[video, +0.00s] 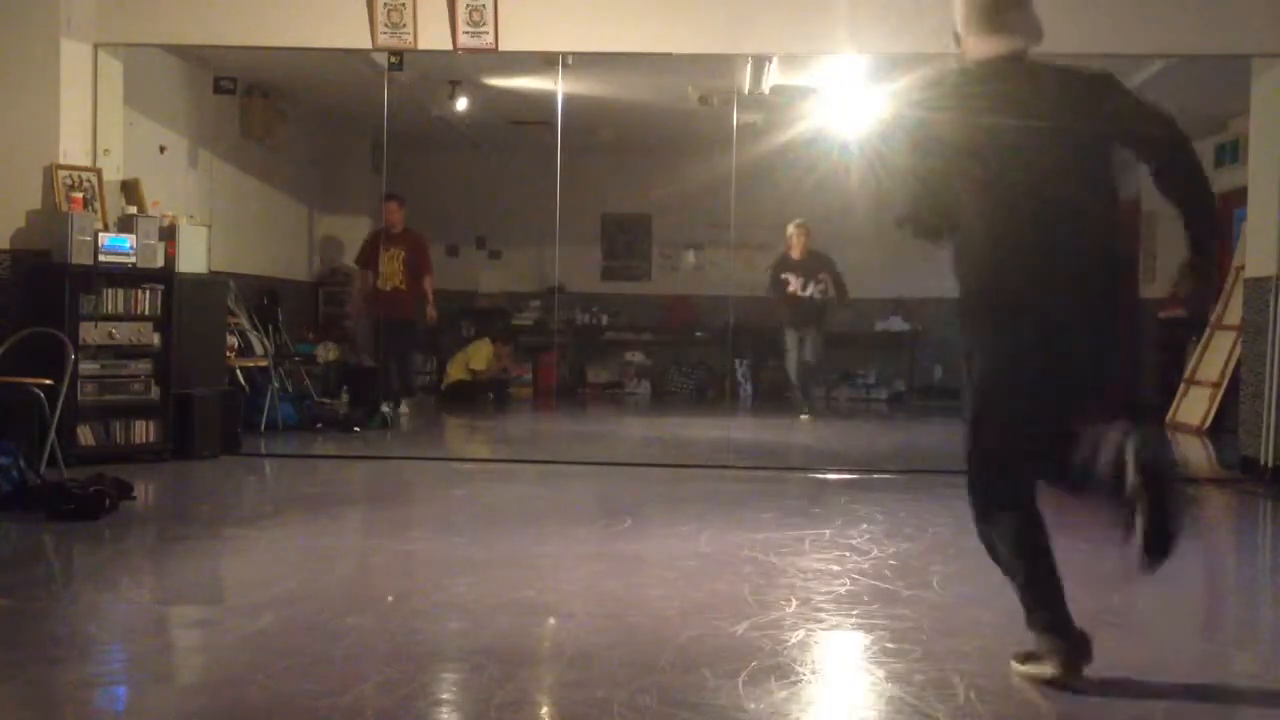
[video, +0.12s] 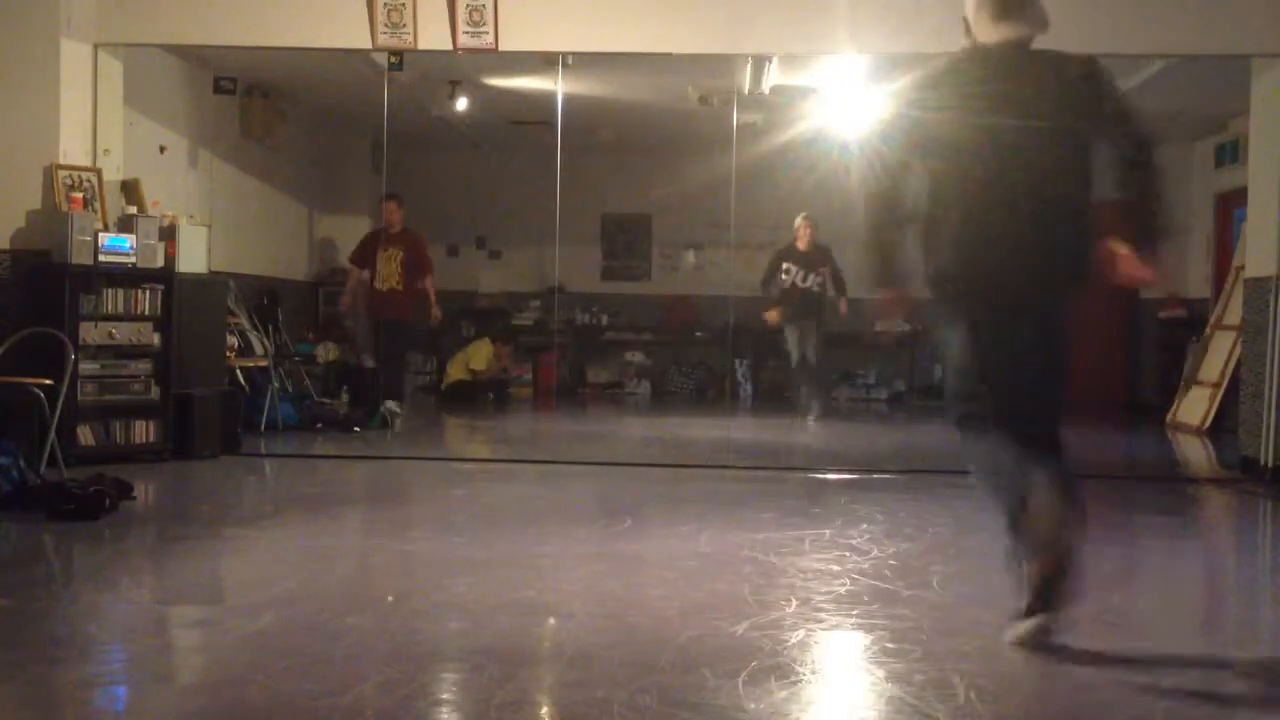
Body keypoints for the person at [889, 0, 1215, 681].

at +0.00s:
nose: (970, 38)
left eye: (965, 28)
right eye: (1011, 25)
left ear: (961, 34)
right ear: (1031, 28)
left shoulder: (942, 105)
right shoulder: (1090, 92)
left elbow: (921, 215)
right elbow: (1170, 146)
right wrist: (1205, 254)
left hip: (1005, 313)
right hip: (1092, 306)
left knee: (996, 487)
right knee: (1045, 447)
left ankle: (1055, 638)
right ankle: (1123, 469)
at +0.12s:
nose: (987, 28)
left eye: (980, 18)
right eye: (1018, 21)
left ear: (973, 20)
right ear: (1036, 21)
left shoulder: (938, 84)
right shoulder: (1079, 78)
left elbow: (883, 179)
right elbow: (1134, 144)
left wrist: (887, 278)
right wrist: (1133, 233)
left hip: (967, 270)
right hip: (1052, 267)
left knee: (976, 413)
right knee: (1038, 415)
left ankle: (1036, 514)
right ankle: (1044, 581)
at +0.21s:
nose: (993, 36)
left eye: (976, 26)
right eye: (1018, 28)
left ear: (970, 35)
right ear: (1035, 36)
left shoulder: (927, 104)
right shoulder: (1063, 108)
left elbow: (854, 189)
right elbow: (1098, 210)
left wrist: (845, 276)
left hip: (955, 286)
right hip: (1036, 288)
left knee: (965, 398)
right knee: (1037, 448)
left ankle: (988, 440)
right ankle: (1015, 610)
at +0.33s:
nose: (928, 71)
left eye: (926, 59)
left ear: (931, 59)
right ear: (983, 53)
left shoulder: (905, 116)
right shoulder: (1031, 112)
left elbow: (845, 193)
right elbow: (1065, 206)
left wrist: (848, 267)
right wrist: (1041, 249)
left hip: (938, 294)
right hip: (1018, 295)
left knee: (940, 426)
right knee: (1019, 436)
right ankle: (1013, 587)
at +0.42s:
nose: (908, 84)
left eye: (902, 74)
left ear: (901, 73)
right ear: (955, 66)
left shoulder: (884, 134)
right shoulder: (1007, 128)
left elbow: (867, 223)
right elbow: (1057, 202)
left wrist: (865, 295)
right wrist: (1046, 283)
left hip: (925, 307)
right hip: (999, 304)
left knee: (905, 443)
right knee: (999, 414)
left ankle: (924, 579)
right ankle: (1003, 520)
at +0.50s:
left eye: (893, 64)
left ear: (892, 63)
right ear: (944, 55)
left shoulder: (884, 129)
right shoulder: (994, 115)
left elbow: (869, 221)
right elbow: (1047, 170)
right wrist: (1041, 239)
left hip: (909, 295)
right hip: (983, 287)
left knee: (900, 437)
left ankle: (925, 573)